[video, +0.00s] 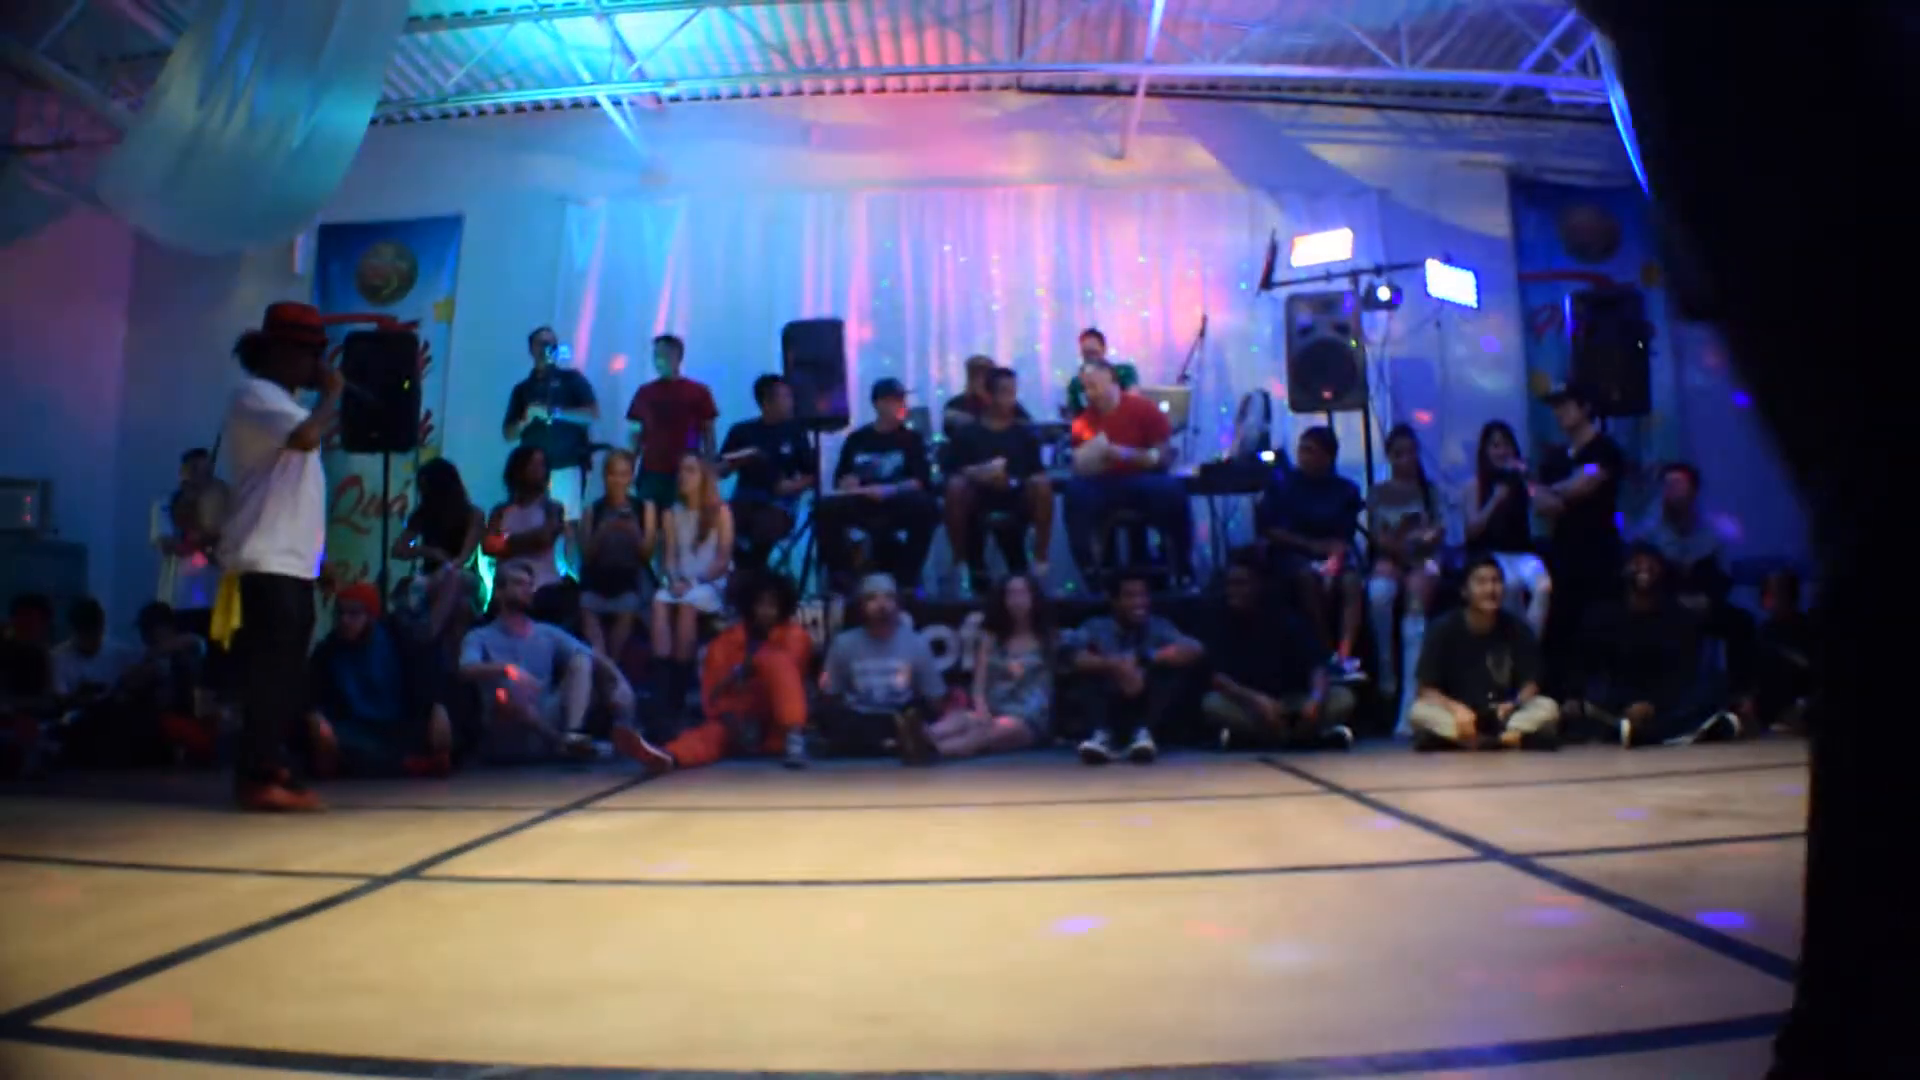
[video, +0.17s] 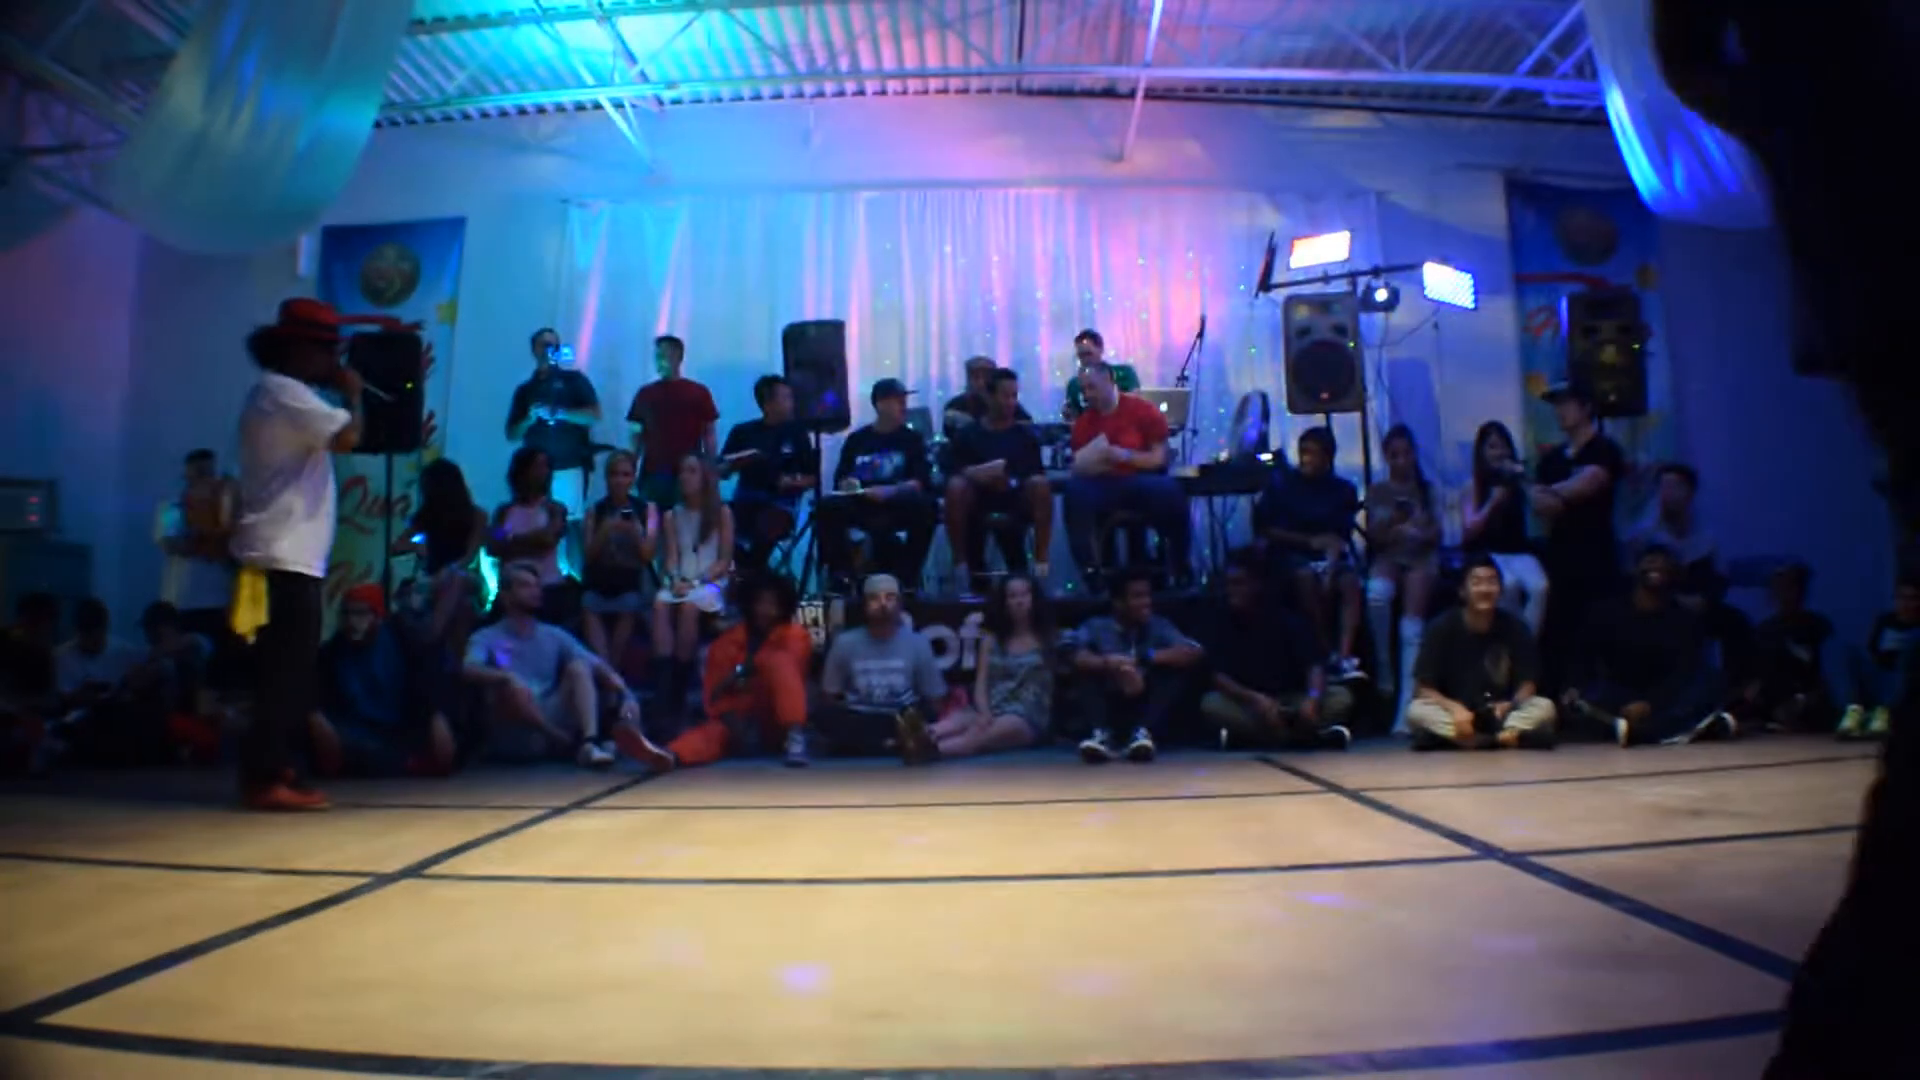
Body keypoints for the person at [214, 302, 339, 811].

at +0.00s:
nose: (316, 365)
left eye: (317, 357)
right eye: (309, 355)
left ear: (289, 358)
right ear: (281, 354)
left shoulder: (285, 404)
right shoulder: (254, 398)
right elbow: (306, 436)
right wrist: (333, 393)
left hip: (291, 563)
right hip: (266, 563)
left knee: (282, 673)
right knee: (271, 673)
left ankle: (271, 770)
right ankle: (260, 775)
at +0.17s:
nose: (333, 359)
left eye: (332, 350)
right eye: (325, 350)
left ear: (290, 351)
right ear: (301, 351)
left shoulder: (274, 392)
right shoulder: (285, 395)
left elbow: (344, 434)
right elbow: (348, 437)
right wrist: (354, 392)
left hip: (282, 556)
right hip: (286, 558)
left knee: (285, 672)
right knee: (287, 673)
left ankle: (276, 774)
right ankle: (270, 778)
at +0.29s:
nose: (345, 360)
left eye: (344, 351)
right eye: (339, 351)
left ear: (298, 351)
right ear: (318, 352)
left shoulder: (279, 394)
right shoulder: (308, 397)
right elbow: (370, 442)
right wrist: (363, 397)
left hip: (271, 551)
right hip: (294, 556)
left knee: (282, 670)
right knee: (293, 671)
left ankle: (273, 775)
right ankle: (278, 778)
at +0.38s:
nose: (348, 360)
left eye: (347, 351)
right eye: (341, 351)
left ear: (295, 348)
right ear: (322, 352)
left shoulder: (268, 394)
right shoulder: (318, 398)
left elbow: (248, 460)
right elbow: (379, 444)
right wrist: (364, 393)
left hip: (263, 551)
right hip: (300, 557)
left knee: (273, 670)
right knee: (297, 673)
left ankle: (271, 775)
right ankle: (280, 778)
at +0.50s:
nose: (348, 361)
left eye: (347, 351)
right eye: (342, 351)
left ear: (290, 347)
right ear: (325, 351)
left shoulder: (250, 400)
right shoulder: (327, 398)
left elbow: (231, 471)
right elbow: (379, 443)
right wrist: (360, 391)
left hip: (253, 554)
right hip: (301, 559)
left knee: (265, 670)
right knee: (296, 673)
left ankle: (272, 775)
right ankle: (278, 778)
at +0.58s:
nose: (345, 360)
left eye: (344, 351)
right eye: (341, 350)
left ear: (287, 347)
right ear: (326, 351)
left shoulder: (243, 402)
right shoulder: (329, 396)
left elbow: (222, 475)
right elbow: (377, 444)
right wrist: (351, 398)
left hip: (246, 556)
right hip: (297, 560)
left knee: (261, 668)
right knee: (295, 671)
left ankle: (268, 776)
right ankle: (277, 780)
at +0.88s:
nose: (328, 362)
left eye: (326, 356)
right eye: (325, 355)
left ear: (273, 353)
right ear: (316, 357)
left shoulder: (229, 406)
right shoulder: (328, 401)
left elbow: (202, 484)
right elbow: (362, 451)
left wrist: (206, 544)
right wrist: (332, 409)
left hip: (242, 559)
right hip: (302, 565)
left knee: (249, 668)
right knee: (296, 673)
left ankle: (259, 776)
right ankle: (274, 779)